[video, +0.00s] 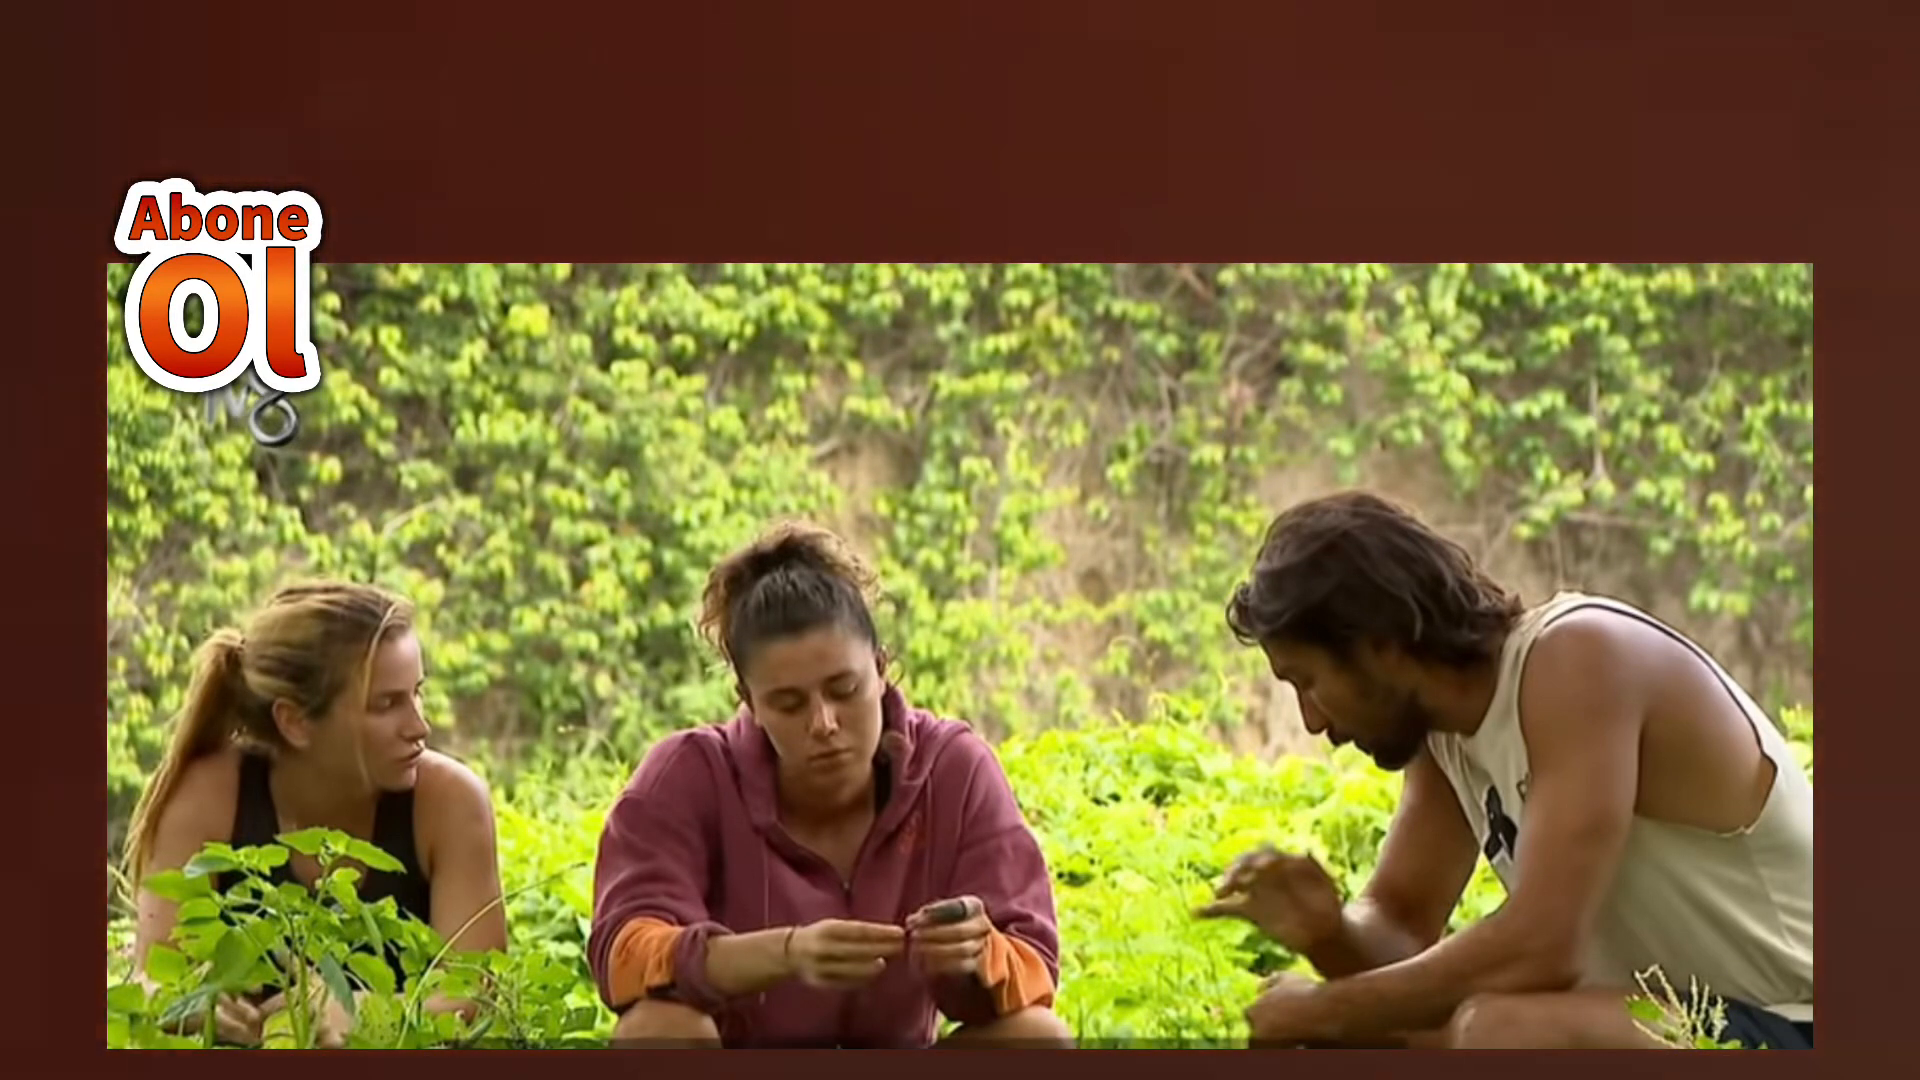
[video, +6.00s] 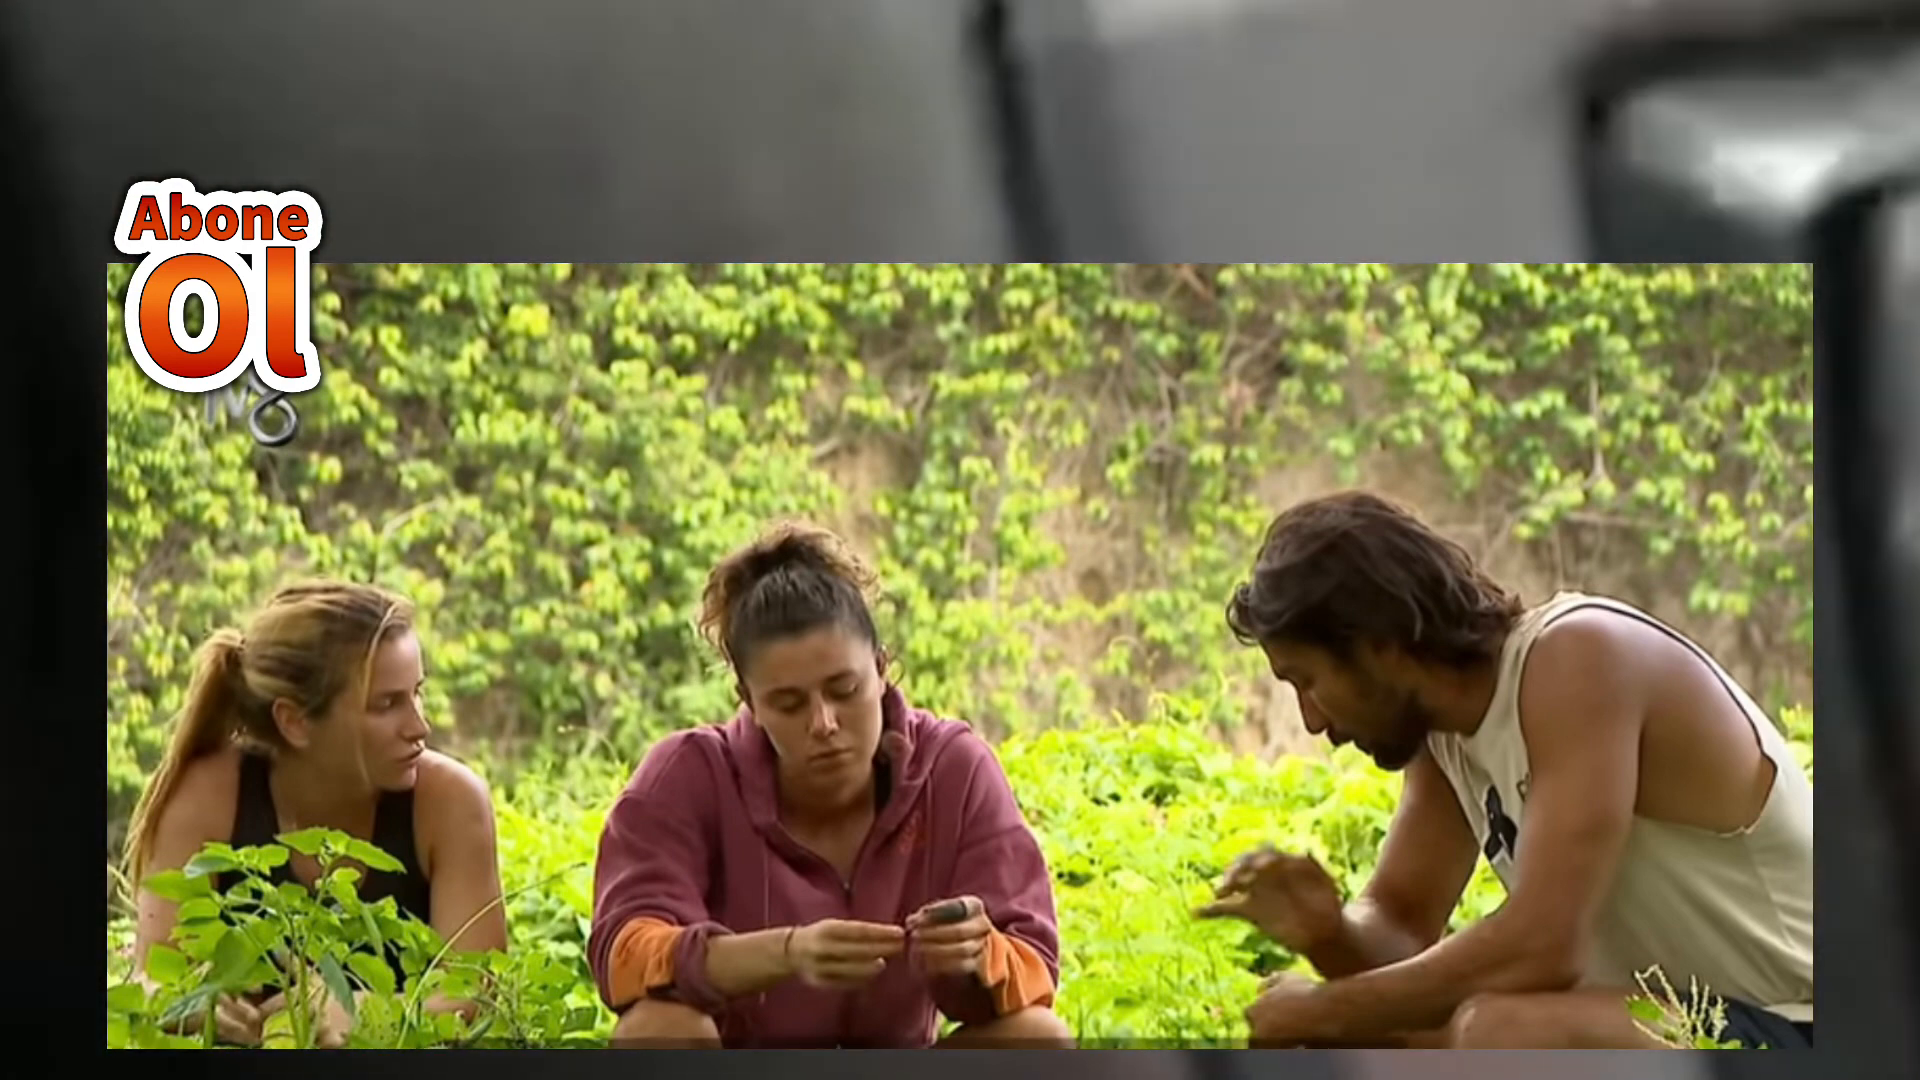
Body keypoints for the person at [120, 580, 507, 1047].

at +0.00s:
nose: (420, 725)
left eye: (417, 695)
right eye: (387, 705)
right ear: (295, 722)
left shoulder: (451, 800)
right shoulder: (206, 792)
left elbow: (470, 1001)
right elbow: (152, 982)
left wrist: (353, 1013)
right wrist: (200, 1008)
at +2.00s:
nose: (420, 725)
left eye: (417, 695)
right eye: (387, 705)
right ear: (295, 723)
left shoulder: (451, 800)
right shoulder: (206, 793)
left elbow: (470, 1000)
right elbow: (153, 985)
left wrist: (354, 1013)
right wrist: (200, 1009)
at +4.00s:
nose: (420, 725)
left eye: (417, 695)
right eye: (388, 705)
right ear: (295, 722)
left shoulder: (451, 799)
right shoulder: (206, 792)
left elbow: (471, 1002)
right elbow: (154, 983)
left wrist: (354, 1013)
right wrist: (200, 1008)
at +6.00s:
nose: (420, 725)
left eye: (417, 695)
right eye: (388, 705)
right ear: (295, 722)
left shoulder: (451, 799)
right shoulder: (206, 791)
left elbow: (470, 1001)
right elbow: (152, 982)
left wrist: (355, 1012)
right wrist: (197, 1008)